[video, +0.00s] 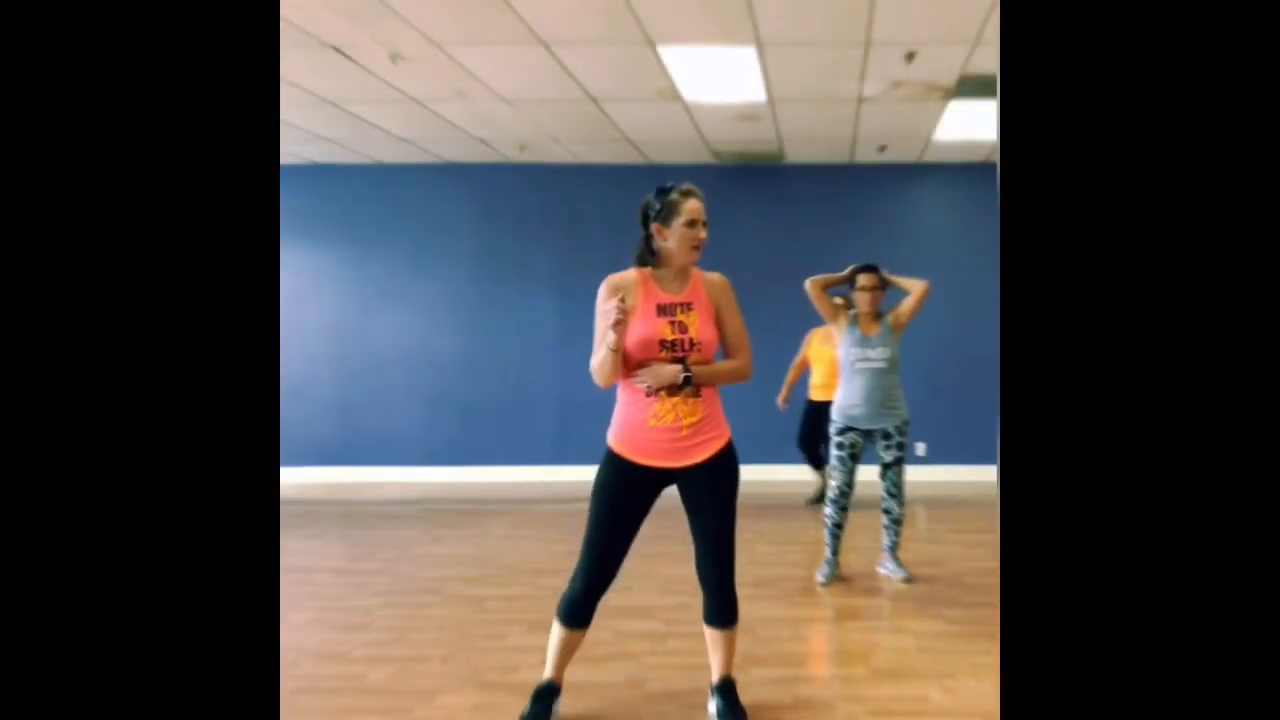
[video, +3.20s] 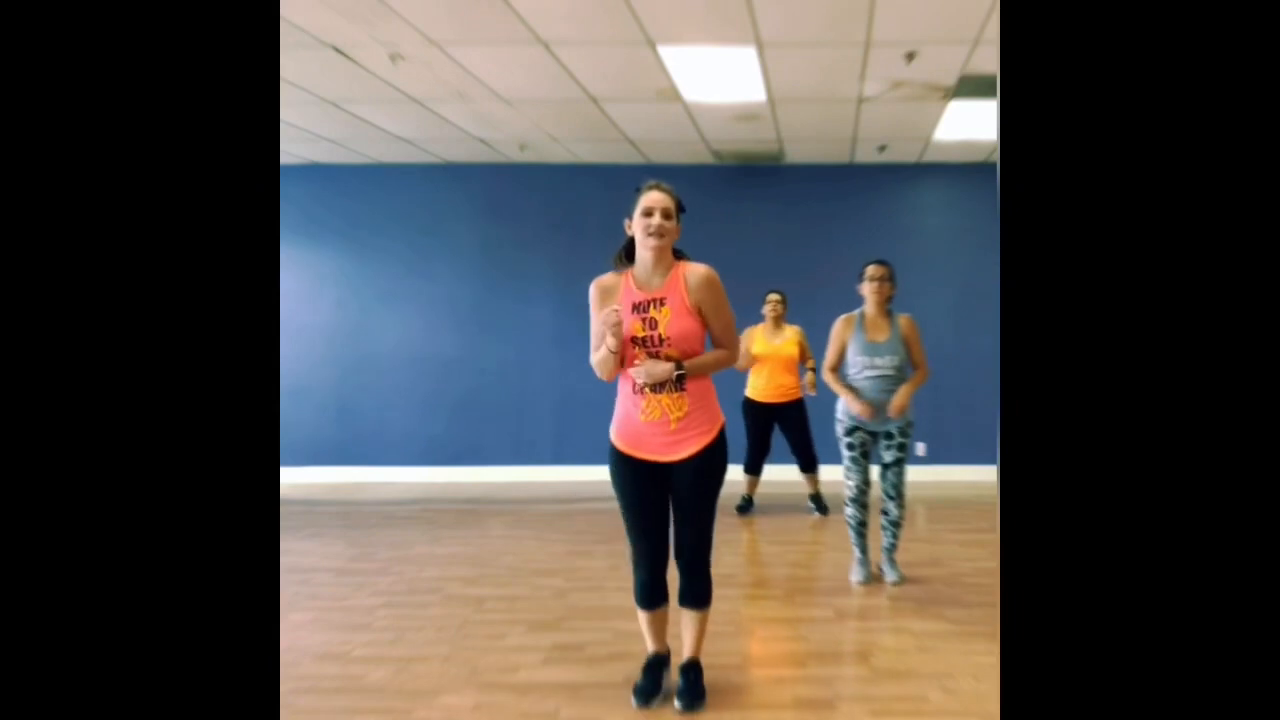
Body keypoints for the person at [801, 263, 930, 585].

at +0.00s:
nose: (869, 295)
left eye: (875, 289)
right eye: (863, 289)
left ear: (883, 293)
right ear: (852, 294)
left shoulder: (892, 324)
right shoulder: (840, 321)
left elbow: (922, 288)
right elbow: (811, 285)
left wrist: (890, 279)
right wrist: (844, 277)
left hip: (889, 417)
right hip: (847, 417)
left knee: (893, 492)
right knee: (839, 490)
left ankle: (889, 557)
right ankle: (830, 560)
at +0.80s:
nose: (847, 290)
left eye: (853, 284)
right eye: (841, 284)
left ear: (862, 289)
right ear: (831, 289)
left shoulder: (872, 322)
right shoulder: (817, 319)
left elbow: (916, 317)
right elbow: (775, 309)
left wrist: (885, 287)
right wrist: (806, 283)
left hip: (865, 417)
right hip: (822, 418)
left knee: (886, 483)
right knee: (825, 490)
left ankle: (887, 554)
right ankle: (828, 560)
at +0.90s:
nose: (851, 288)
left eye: (857, 283)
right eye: (845, 283)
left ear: (866, 289)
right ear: (835, 289)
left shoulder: (878, 323)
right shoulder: (822, 322)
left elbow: (922, 337)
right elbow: (776, 331)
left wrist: (903, 299)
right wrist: (796, 294)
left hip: (870, 418)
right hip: (827, 418)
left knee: (890, 486)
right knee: (827, 491)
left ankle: (899, 554)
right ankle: (828, 560)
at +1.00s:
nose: (858, 288)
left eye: (864, 283)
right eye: (852, 282)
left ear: (873, 289)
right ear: (842, 289)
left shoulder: (885, 324)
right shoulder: (828, 324)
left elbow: (920, 358)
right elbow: (796, 357)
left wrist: (920, 327)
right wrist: (793, 324)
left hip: (877, 420)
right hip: (834, 419)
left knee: (894, 488)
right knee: (831, 491)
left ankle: (906, 557)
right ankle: (828, 560)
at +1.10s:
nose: (867, 288)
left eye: (873, 282)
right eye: (861, 282)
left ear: (882, 290)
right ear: (850, 290)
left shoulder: (895, 326)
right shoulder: (836, 327)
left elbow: (916, 365)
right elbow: (818, 370)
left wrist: (930, 364)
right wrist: (803, 366)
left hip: (888, 421)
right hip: (844, 421)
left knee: (900, 491)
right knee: (838, 491)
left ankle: (907, 558)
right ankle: (829, 560)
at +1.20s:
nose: (877, 288)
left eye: (883, 282)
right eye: (870, 282)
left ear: (892, 289)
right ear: (860, 290)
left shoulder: (904, 325)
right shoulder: (846, 328)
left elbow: (921, 366)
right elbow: (837, 372)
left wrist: (932, 390)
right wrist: (826, 399)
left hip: (899, 421)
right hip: (855, 421)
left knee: (907, 491)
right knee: (844, 490)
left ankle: (908, 558)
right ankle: (831, 559)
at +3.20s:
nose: (878, 285)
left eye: (884, 279)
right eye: (872, 280)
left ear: (892, 287)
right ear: (861, 286)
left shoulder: (904, 325)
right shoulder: (845, 324)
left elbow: (921, 369)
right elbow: (828, 370)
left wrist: (905, 392)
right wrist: (852, 400)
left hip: (894, 418)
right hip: (854, 418)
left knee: (893, 491)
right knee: (857, 490)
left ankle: (889, 557)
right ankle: (860, 558)